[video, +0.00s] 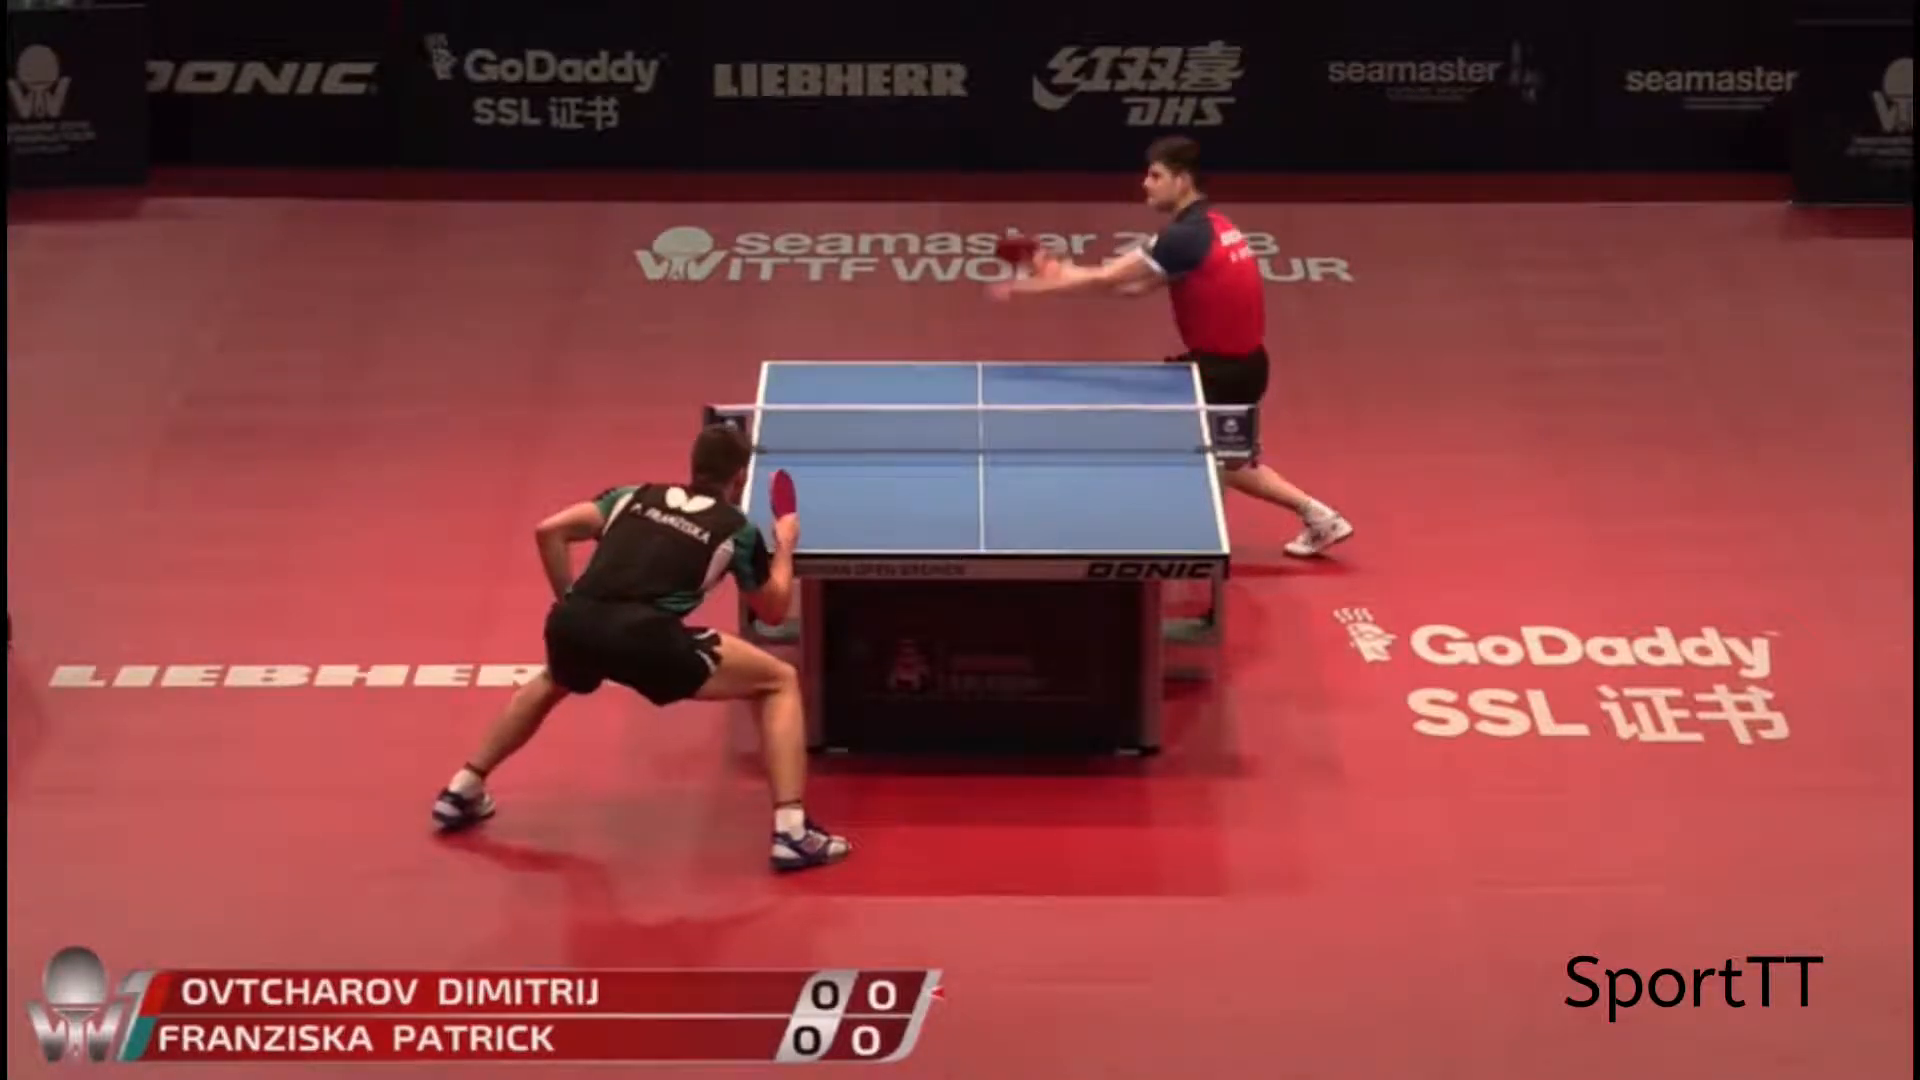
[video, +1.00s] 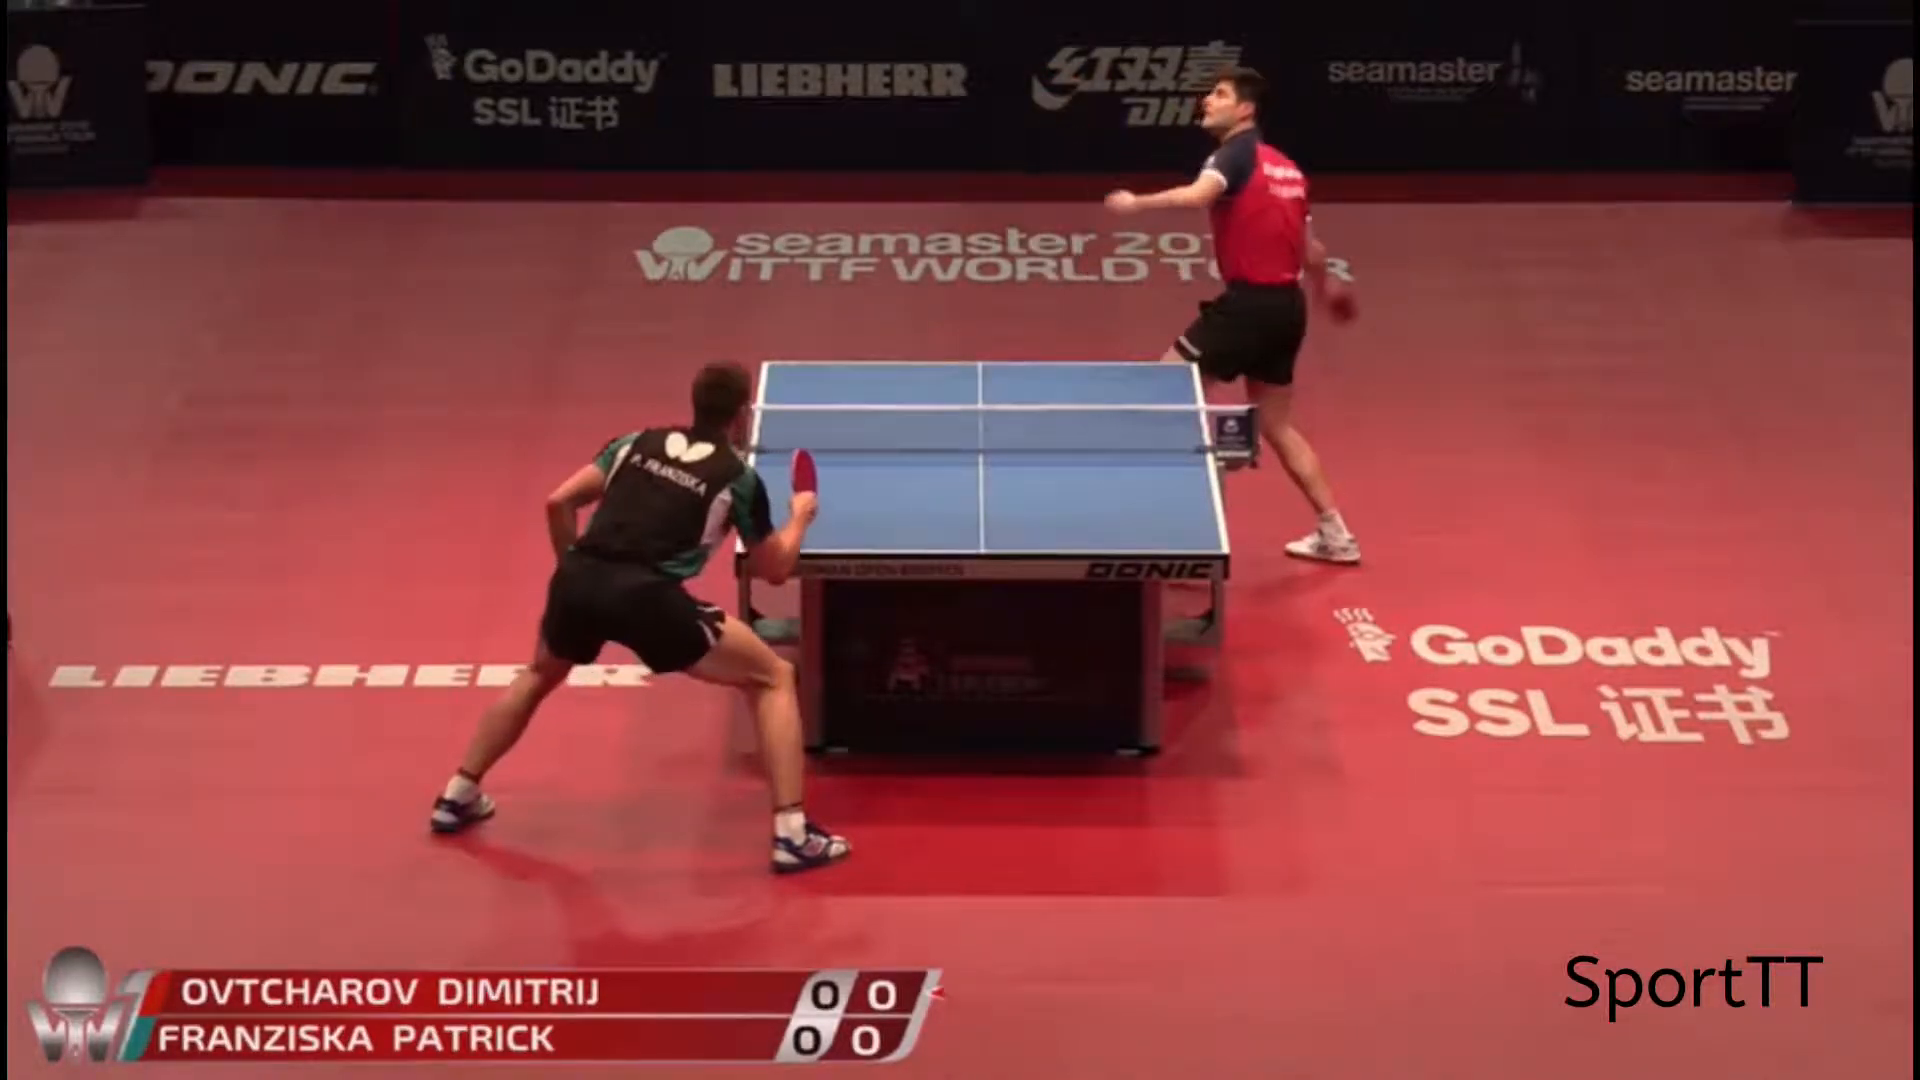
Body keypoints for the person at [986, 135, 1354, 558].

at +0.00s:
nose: (1145, 184)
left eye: (1154, 176)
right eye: (1147, 175)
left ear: (1180, 181)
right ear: (1182, 183)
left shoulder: (1188, 234)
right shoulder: (1210, 223)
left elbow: (1112, 276)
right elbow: (1139, 283)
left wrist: (1053, 278)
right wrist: (1070, 273)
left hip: (1223, 369)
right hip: (1238, 364)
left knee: (1230, 467)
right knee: (1232, 466)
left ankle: (1319, 516)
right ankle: (1318, 517)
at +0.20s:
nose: (1159, 139)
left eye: (1171, 131)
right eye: (1162, 131)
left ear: (1200, 142)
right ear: (1195, 143)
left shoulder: (1202, 183)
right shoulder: (1212, 189)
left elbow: (1121, 162)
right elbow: (1127, 205)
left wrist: (1063, 108)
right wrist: (1074, 151)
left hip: (1217, 337)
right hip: (1241, 336)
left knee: (1130, 410)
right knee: (1242, 445)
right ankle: (1325, 520)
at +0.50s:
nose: (1181, 110)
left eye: (1192, 103)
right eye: (1184, 101)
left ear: (1220, 117)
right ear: (1217, 120)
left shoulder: (1216, 161)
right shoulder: (1229, 165)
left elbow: (1136, 155)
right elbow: (1144, 192)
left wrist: (1068, 115)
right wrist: (1088, 137)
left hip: (1225, 315)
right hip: (1253, 315)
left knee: (1145, 406)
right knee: (1250, 430)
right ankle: (1330, 525)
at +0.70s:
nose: (1198, 101)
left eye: (1210, 94)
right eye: (1201, 93)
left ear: (1238, 109)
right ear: (1236, 113)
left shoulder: (1232, 155)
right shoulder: (1258, 162)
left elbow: (1155, 177)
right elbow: (1204, 243)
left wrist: (1085, 146)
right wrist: (1124, 240)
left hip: (1237, 307)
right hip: (1272, 307)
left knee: (1162, 403)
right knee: (1267, 425)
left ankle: (1162, 528)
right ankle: (1334, 530)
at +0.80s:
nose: (1204, 98)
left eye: (1216, 92)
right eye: (1208, 90)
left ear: (1244, 107)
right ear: (1242, 111)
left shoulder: (1237, 154)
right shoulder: (1268, 161)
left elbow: (1168, 183)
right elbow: (1242, 255)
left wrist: (1097, 159)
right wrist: (1168, 283)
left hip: (1241, 305)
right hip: (1279, 304)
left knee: (1172, 406)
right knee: (1274, 420)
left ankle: (1166, 530)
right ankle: (1334, 529)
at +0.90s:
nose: (1207, 97)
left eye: (1220, 91)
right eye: (1211, 89)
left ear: (1248, 106)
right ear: (1247, 111)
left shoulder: (1238, 150)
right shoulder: (1276, 159)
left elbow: (1185, 188)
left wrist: (1114, 176)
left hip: (1249, 302)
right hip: (1286, 302)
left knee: (1178, 404)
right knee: (1279, 419)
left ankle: (1173, 529)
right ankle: (1335, 531)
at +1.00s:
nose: (1205, 102)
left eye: (1217, 95)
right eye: (1209, 94)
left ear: (1244, 109)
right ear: (1246, 113)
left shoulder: (1234, 151)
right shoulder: (1285, 165)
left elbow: (1201, 194)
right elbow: (1310, 247)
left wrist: (1137, 202)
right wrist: (1326, 282)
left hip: (1245, 303)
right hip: (1287, 306)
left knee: (1163, 386)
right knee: (1275, 423)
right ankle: (1334, 531)